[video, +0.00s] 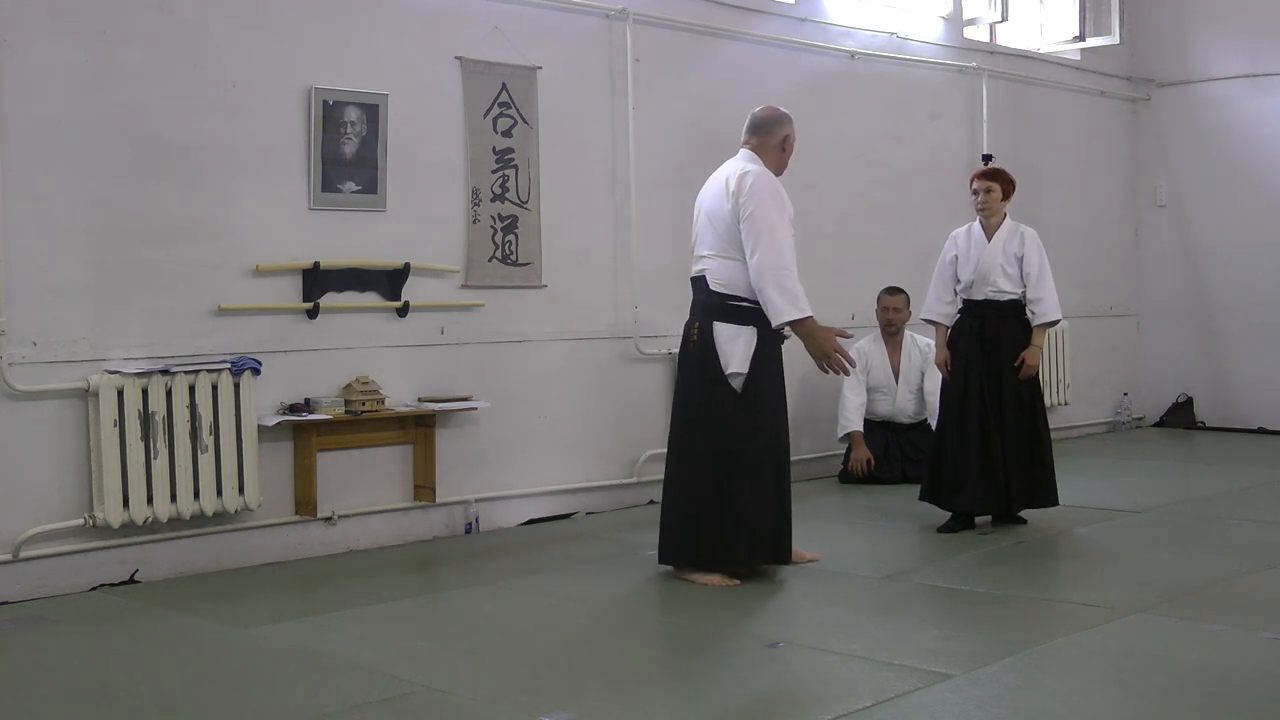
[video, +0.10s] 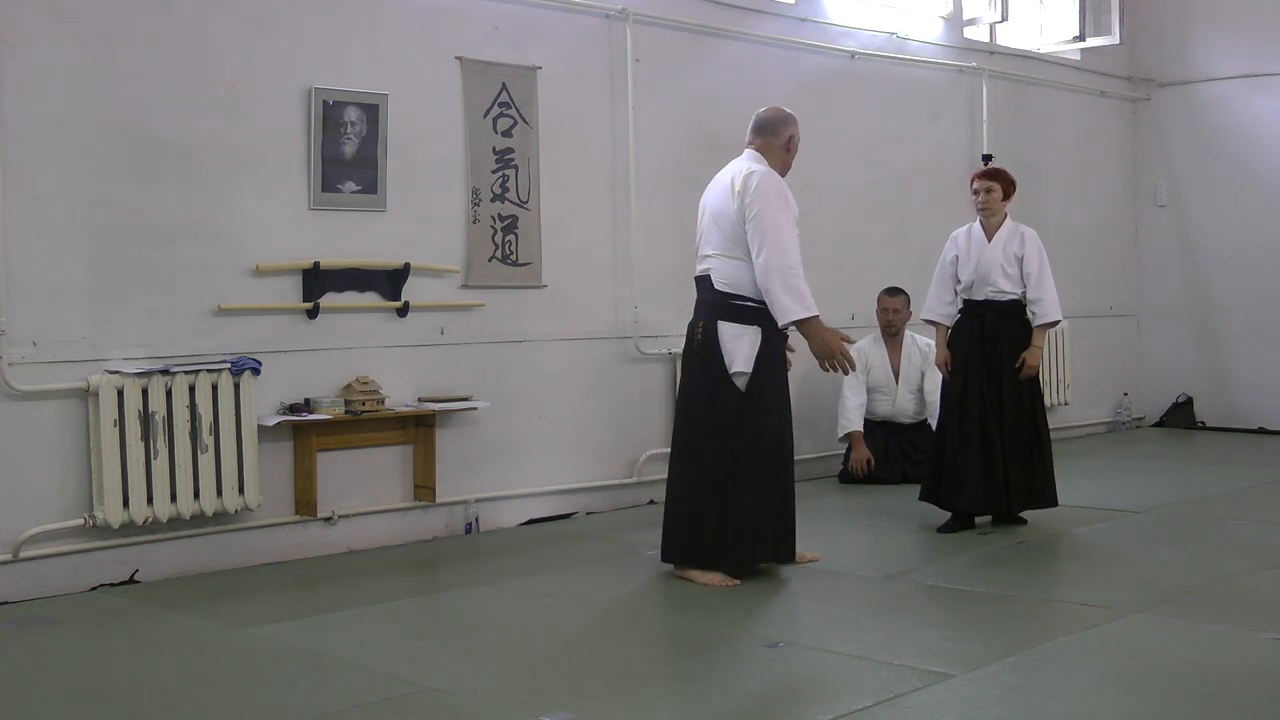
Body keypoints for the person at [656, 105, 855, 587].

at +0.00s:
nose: (792, 157)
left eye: (793, 148)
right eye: (793, 148)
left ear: (746, 137)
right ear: (784, 143)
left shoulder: (725, 176)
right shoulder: (758, 182)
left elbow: (741, 266)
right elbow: (771, 268)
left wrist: (800, 322)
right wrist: (811, 333)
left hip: (723, 321)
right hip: (732, 325)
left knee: (761, 435)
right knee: (711, 441)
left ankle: (766, 543)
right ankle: (693, 558)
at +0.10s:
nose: (796, 157)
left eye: (797, 148)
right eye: (797, 148)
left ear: (751, 138)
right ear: (789, 142)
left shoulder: (726, 178)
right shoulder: (763, 182)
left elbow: (729, 264)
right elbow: (778, 266)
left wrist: (774, 326)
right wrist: (816, 333)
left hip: (727, 321)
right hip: (736, 325)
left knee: (764, 436)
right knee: (712, 440)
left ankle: (769, 542)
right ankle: (693, 556)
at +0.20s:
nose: (800, 156)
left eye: (800, 147)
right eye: (801, 147)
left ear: (756, 138)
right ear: (792, 143)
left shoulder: (730, 177)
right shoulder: (768, 182)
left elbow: (738, 264)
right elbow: (782, 264)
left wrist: (777, 329)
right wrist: (818, 332)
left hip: (734, 322)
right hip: (738, 325)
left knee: (770, 435)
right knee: (712, 440)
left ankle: (769, 543)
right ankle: (693, 555)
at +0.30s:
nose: (803, 155)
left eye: (802, 146)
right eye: (803, 146)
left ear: (761, 138)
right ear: (794, 142)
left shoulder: (735, 177)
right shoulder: (771, 181)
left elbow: (747, 263)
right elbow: (785, 260)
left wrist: (785, 327)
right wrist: (815, 332)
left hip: (736, 319)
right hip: (743, 322)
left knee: (770, 434)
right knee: (718, 438)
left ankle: (769, 543)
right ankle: (695, 553)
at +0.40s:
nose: (805, 157)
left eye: (805, 149)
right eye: (806, 149)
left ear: (764, 139)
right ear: (797, 145)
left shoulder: (737, 178)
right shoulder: (775, 182)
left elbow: (730, 258)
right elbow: (786, 259)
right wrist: (808, 328)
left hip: (730, 317)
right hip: (752, 320)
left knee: (770, 434)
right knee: (724, 437)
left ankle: (770, 542)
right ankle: (697, 553)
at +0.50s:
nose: (808, 158)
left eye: (807, 149)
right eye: (808, 149)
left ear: (764, 141)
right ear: (799, 145)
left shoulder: (741, 179)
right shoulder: (777, 183)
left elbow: (767, 262)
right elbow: (787, 262)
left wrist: (811, 316)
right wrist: (804, 331)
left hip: (734, 317)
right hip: (753, 321)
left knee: (772, 434)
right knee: (737, 436)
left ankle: (770, 542)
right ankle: (700, 548)